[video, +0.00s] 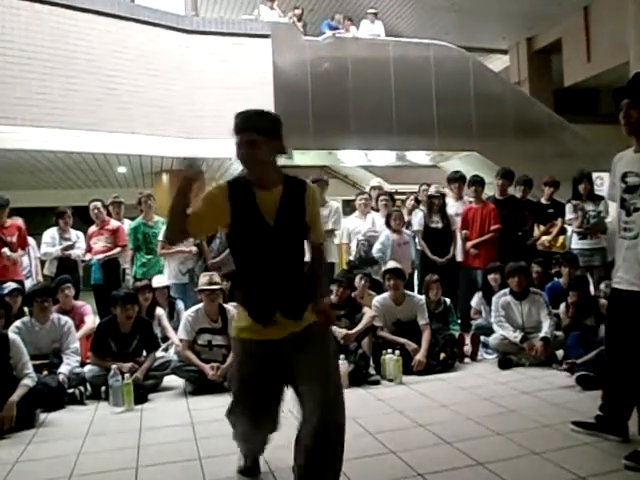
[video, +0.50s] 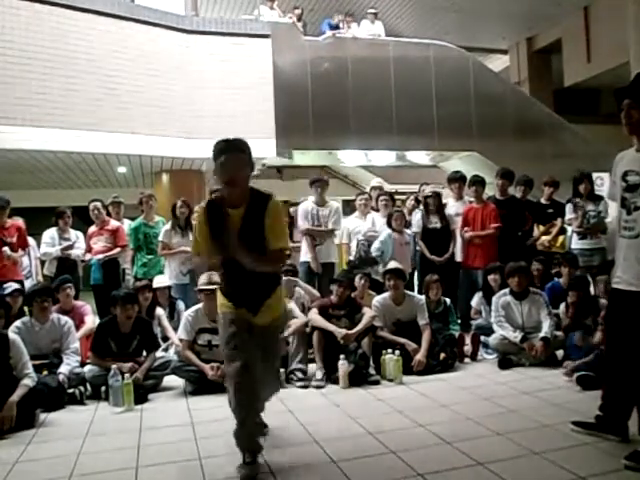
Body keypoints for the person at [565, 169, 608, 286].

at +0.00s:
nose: (584, 186)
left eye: (587, 183)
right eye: (581, 183)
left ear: (591, 185)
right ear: (576, 186)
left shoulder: (601, 202)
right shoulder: (571, 204)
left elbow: (602, 224)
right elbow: (575, 226)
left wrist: (585, 230)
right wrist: (581, 214)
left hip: (598, 247)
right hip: (579, 247)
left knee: (600, 285)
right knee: (579, 285)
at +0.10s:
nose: (584, 186)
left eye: (587, 183)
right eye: (581, 183)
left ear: (591, 185)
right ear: (576, 186)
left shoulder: (600, 202)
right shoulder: (571, 204)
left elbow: (602, 224)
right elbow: (575, 226)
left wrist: (585, 229)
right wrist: (581, 214)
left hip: (597, 247)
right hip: (579, 247)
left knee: (597, 281)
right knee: (580, 281)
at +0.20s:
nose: (584, 187)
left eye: (587, 183)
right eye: (581, 184)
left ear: (591, 185)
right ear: (576, 186)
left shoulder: (601, 201)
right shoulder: (571, 204)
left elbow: (603, 223)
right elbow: (575, 226)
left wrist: (585, 229)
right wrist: (581, 214)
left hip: (597, 246)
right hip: (579, 246)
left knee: (598, 282)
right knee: (580, 281)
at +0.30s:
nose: (584, 187)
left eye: (587, 183)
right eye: (581, 183)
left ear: (591, 185)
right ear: (576, 186)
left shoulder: (601, 201)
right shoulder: (571, 204)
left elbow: (602, 223)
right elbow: (575, 226)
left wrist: (585, 229)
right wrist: (581, 214)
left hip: (597, 246)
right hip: (579, 246)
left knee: (598, 280)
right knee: (580, 280)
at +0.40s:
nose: (585, 187)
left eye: (587, 183)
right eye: (581, 183)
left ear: (591, 185)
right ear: (577, 186)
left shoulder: (600, 201)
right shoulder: (571, 204)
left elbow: (603, 224)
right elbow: (575, 225)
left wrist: (584, 229)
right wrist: (581, 214)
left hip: (597, 246)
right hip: (579, 246)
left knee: (600, 284)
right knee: (580, 284)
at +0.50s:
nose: (585, 187)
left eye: (587, 183)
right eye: (581, 183)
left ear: (591, 185)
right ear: (577, 186)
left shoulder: (600, 201)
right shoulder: (571, 203)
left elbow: (602, 224)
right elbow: (575, 225)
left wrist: (584, 229)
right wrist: (581, 214)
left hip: (597, 246)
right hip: (579, 246)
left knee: (599, 282)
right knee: (580, 281)